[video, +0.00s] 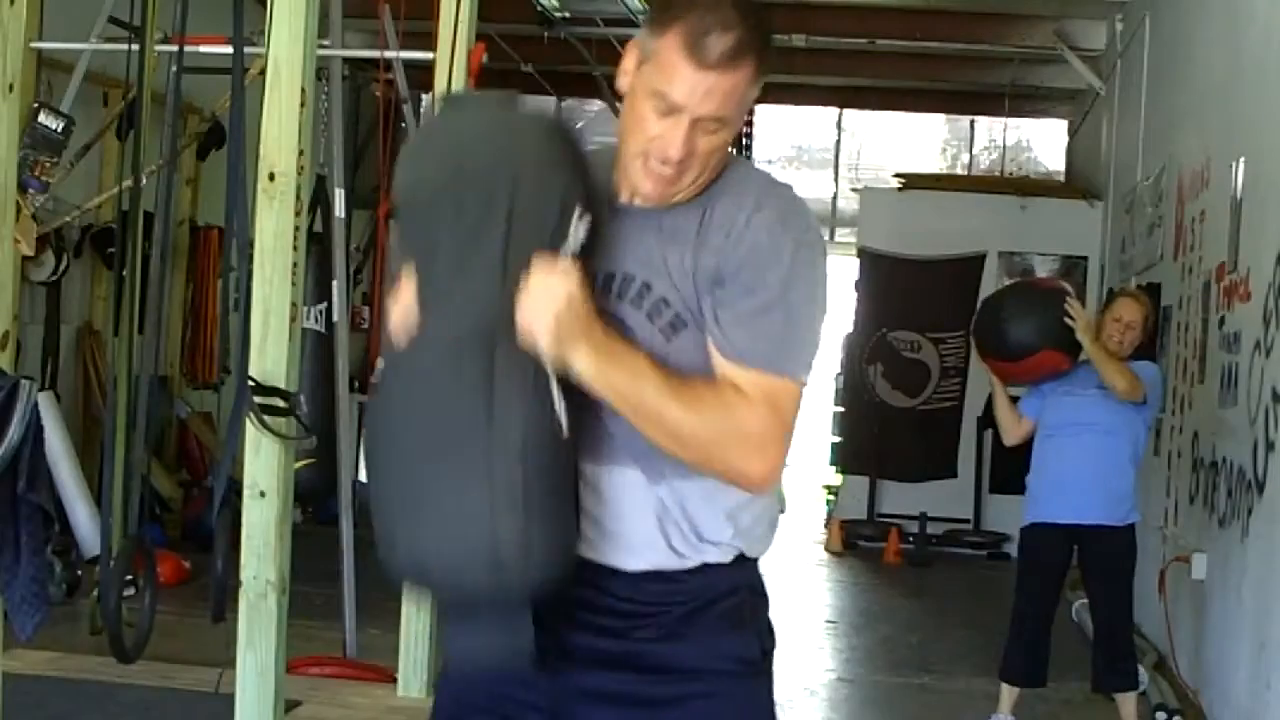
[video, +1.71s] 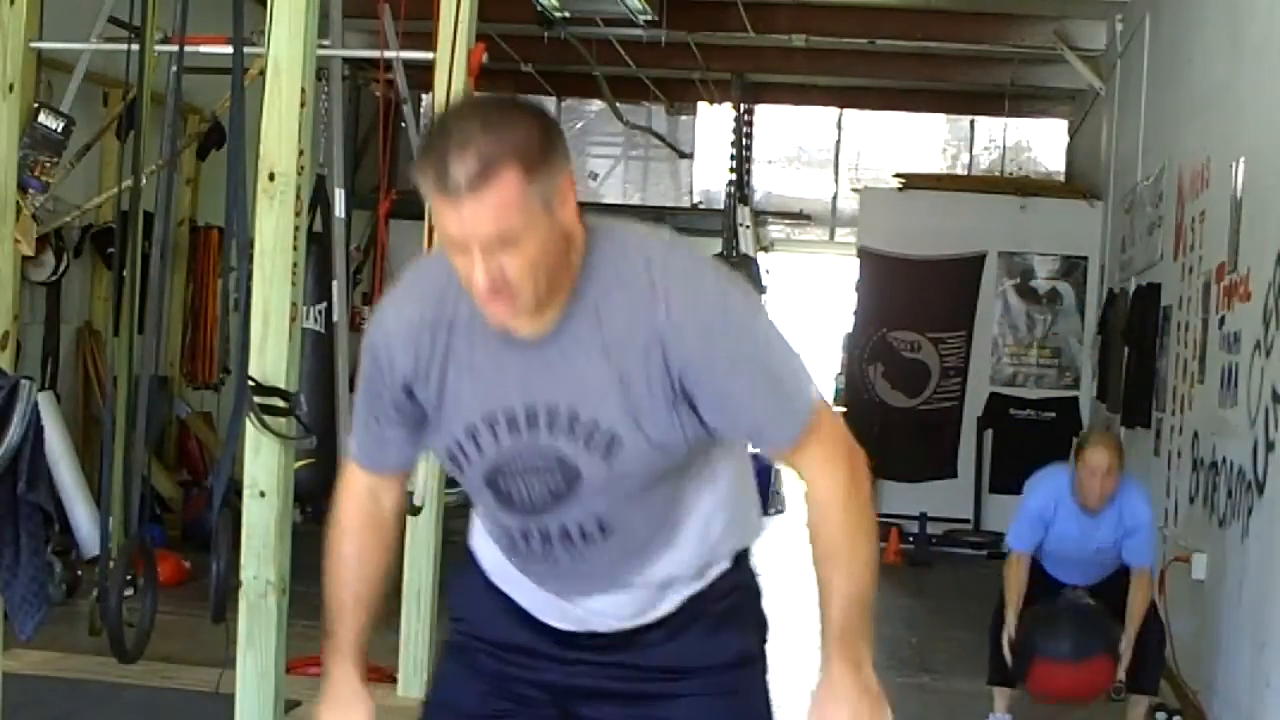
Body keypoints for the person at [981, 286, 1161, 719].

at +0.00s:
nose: (1121, 331)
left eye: (1132, 326)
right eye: (1115, 321)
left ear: (1143, 335)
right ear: (1099, 323)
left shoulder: (1146, 374)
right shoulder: (1054, 376)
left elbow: (1126, 387)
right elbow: (1013, 433)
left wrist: (1088, 339)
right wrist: (998, 379)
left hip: (1111, 520)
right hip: (1047, 517)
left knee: (1114, 622)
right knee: (1030, 616)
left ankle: (1131, 715)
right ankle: (1004, 712)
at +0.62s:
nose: (1112, 351)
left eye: (1122, 344)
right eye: (1106, 340)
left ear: (1131, 344)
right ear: (1088, 332)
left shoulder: (1138, 383)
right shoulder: (1054, 375)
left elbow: (1140, 450)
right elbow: (1024, 431)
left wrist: (1105, 422)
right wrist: (1019, 384)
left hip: (1106, 524)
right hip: (1043, 521)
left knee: (1115, 623)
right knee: (1027, 616)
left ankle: (1131, 714)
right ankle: (1003, 711)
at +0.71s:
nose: (1110, 361)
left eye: (1119, 355)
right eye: (1103, 350)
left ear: (1129, 354)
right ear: (1086, 342)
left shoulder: (1137, 392)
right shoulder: (1047, 381)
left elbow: (1142, 465)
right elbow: (1012, 436)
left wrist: (1113, 454)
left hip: (1107, 526)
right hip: (1043, 523)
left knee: (1116, 624)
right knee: (1026, 616)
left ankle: (1131, 715)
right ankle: (1002, 712)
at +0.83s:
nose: (1105, 400)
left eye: (1115, 392)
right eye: (1099, 388)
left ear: (1124, 393)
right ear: (1082, 382)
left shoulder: (1135, 427)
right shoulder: (1035, 417)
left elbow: (1143, 497)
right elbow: (1006, 476)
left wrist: (1121, 530)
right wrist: (1002, 522)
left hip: (1105, 525)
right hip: (1040, 518)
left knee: (1123, 623)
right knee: (1020, 616)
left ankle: (1132, 712)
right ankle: (1002, 711)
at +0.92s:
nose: (1100, 445)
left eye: (1111, 437)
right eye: (1094, 433)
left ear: (1122, 434)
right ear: (1078, 424)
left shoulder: (1134, 464)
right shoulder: (1037, 450)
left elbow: (1142, 536)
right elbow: (1008, 515)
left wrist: (1126, 590)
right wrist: (1007, 572)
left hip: (1107, 555)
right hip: (1040, 549)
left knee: (1132, 631)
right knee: (1011, 615)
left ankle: (1132, 713)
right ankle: (1001, 711)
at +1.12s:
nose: (1097, 521)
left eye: (1106, 512)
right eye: (1089, 511)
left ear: (1118, 510)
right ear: (1073, 503)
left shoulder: (1134, 528)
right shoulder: (1042, 511)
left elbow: (1141, 600)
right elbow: (1013, 584)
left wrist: (1131, 674)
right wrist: (1013, 652)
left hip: (1103, 584)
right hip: (1044, 580)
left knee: (1153, 635)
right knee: (994, 625)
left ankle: (1137, 712)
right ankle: (998, 709)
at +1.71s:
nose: (1098, 484)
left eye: (1108, 474)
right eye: (1090, 472)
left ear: (1119, 474)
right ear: (1075, 467)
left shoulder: (1134, 501)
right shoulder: (1044, 488)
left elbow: (1141, 574)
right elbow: (1018, 554)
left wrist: (1128, 640)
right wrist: (1011, 619)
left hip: (1108, 574)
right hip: (1045, 569)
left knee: (1151, 631)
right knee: (1004, 625)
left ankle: (1137, 713)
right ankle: (1000, 712)